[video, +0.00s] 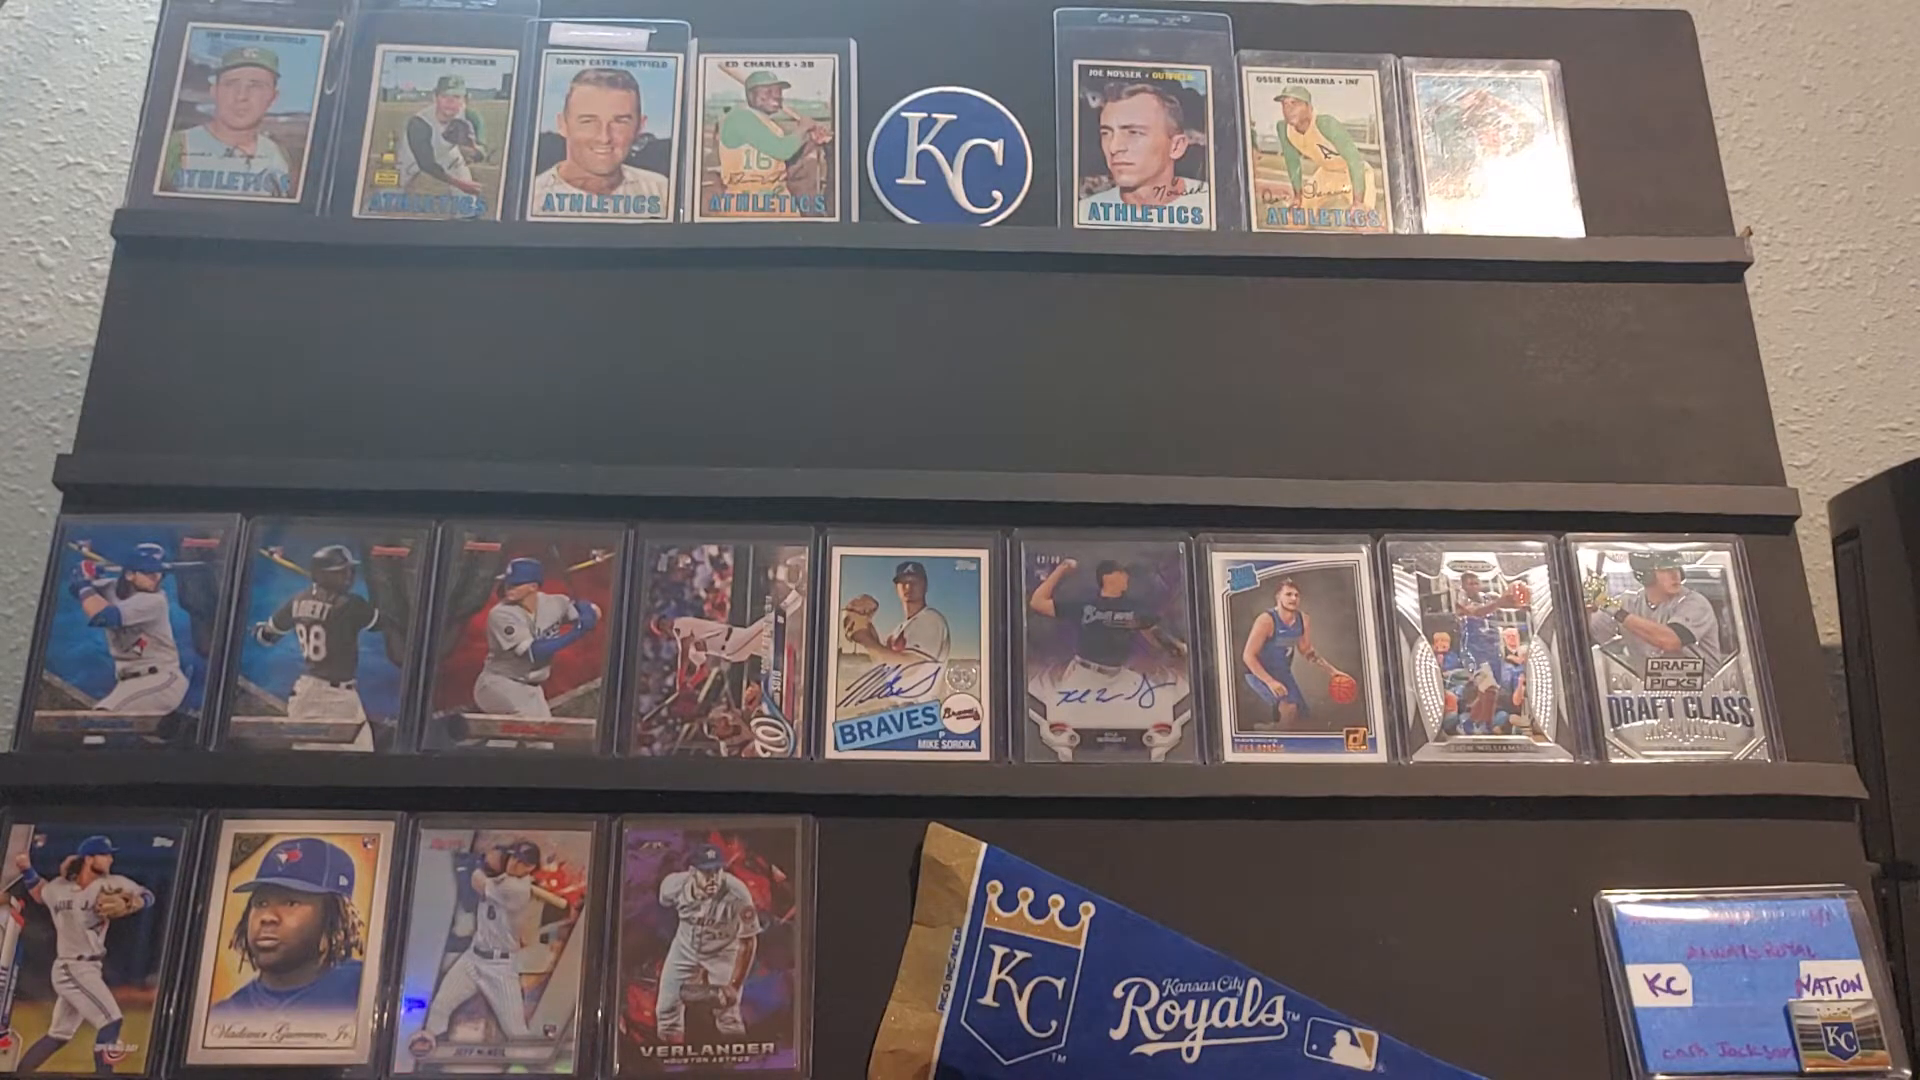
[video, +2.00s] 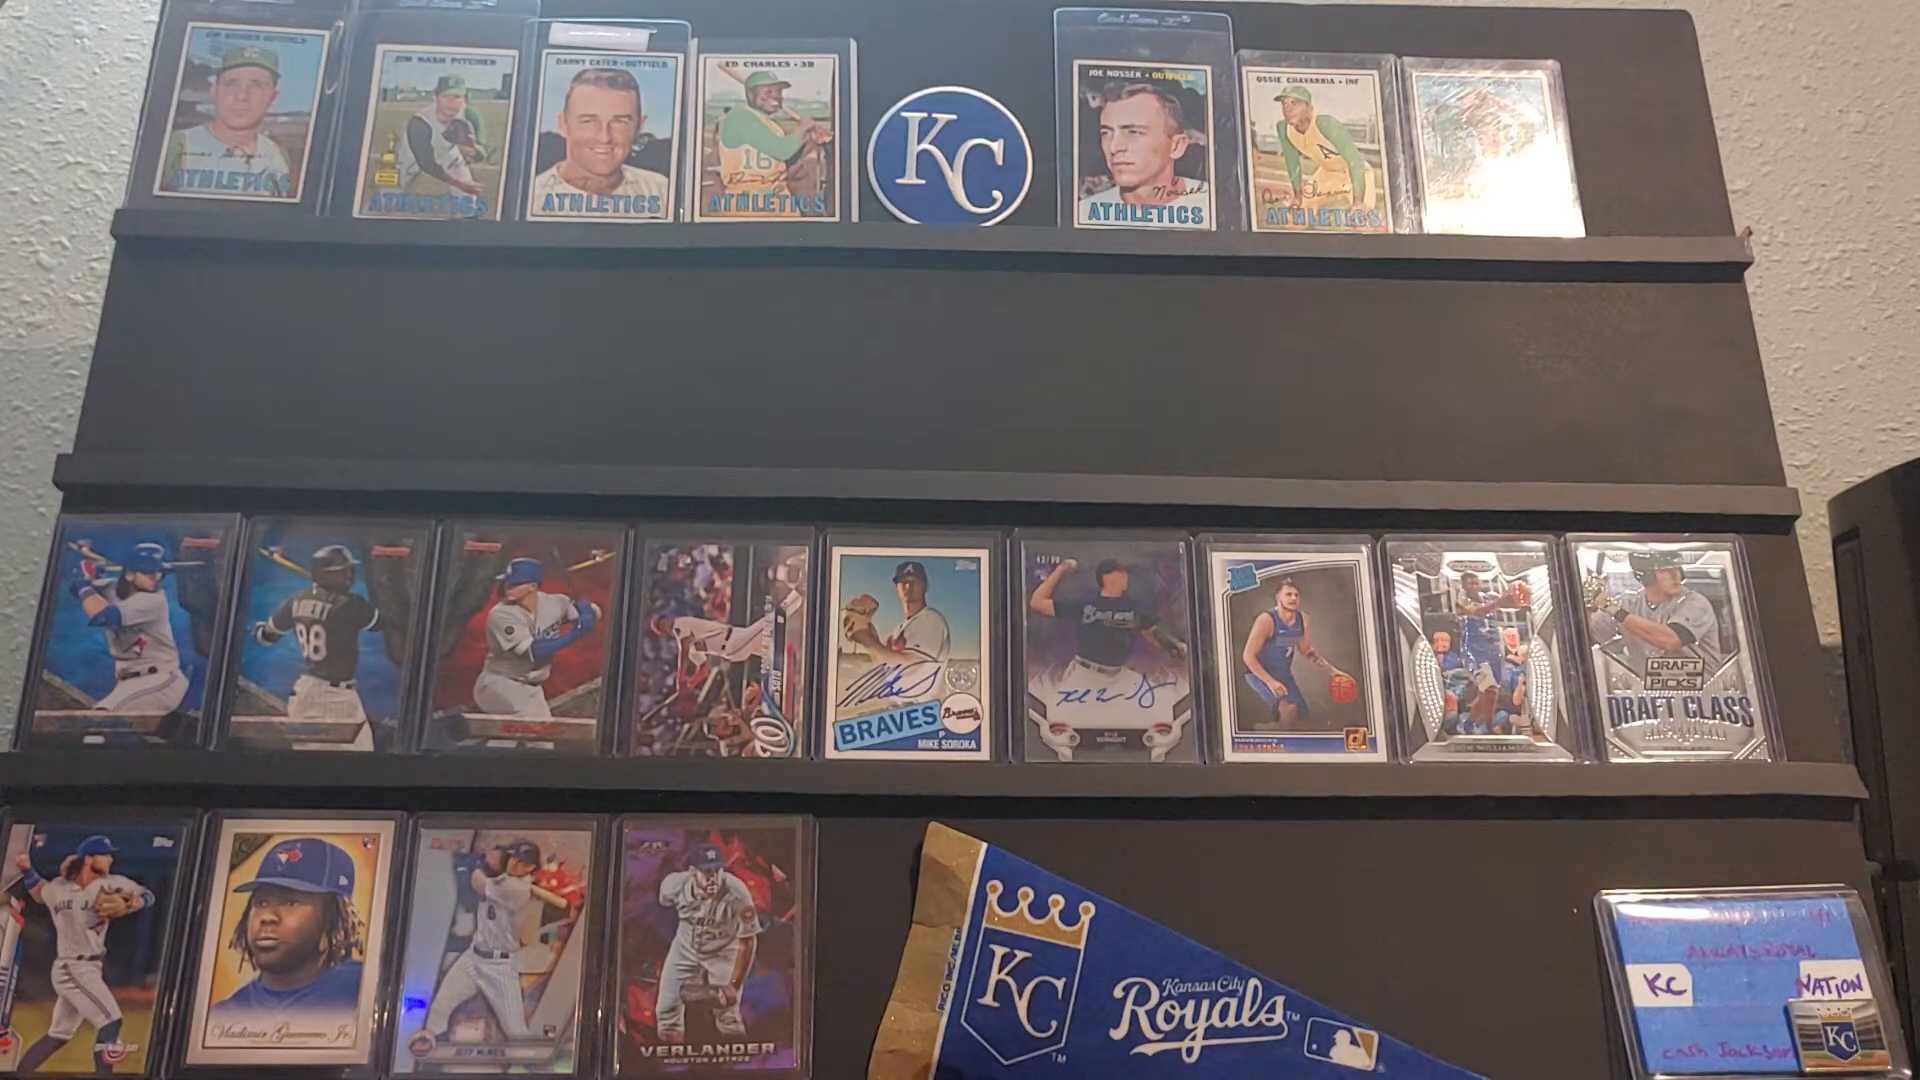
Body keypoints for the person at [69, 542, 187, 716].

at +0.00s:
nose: (156, 577)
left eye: (159, 572)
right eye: (149, 572)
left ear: (162, 573)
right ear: (130, 574)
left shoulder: (155, 600)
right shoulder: (113, 587)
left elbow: (104, 617)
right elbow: (78, 589)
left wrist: (83, 586)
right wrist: (86, 573)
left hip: (163, 679)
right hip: (130, 682)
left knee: (100, 718)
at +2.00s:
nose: (156, 577)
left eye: (158, 571)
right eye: (148, 572)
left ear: (162, 573)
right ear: (130, 574)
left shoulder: (154, 600)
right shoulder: (113, 587)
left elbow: (104, 617)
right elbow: (79, 588)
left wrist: (83, 585)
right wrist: (88, 573)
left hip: (163, 679)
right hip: (129, 682)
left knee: (99, 717)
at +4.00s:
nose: (156, 577)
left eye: (158, 571)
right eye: (148, 572)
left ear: (162, 573)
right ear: (130, 575)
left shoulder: (155, 601)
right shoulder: (114, 588)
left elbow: (104, 617)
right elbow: (78, 589)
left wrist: (83, 585)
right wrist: (87, 570)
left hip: (163, 679)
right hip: (130, 681)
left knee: (100, 717)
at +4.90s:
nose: (155, 576)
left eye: (158, 571)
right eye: (148, 571)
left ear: (162, 573)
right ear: (130, 575)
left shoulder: (154, 600)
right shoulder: (114, 589)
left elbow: (105, 617)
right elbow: (80, 589)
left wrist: (83, 586)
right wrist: (87, 574)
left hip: (162, 679)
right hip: (130, 682)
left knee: (99, 717)